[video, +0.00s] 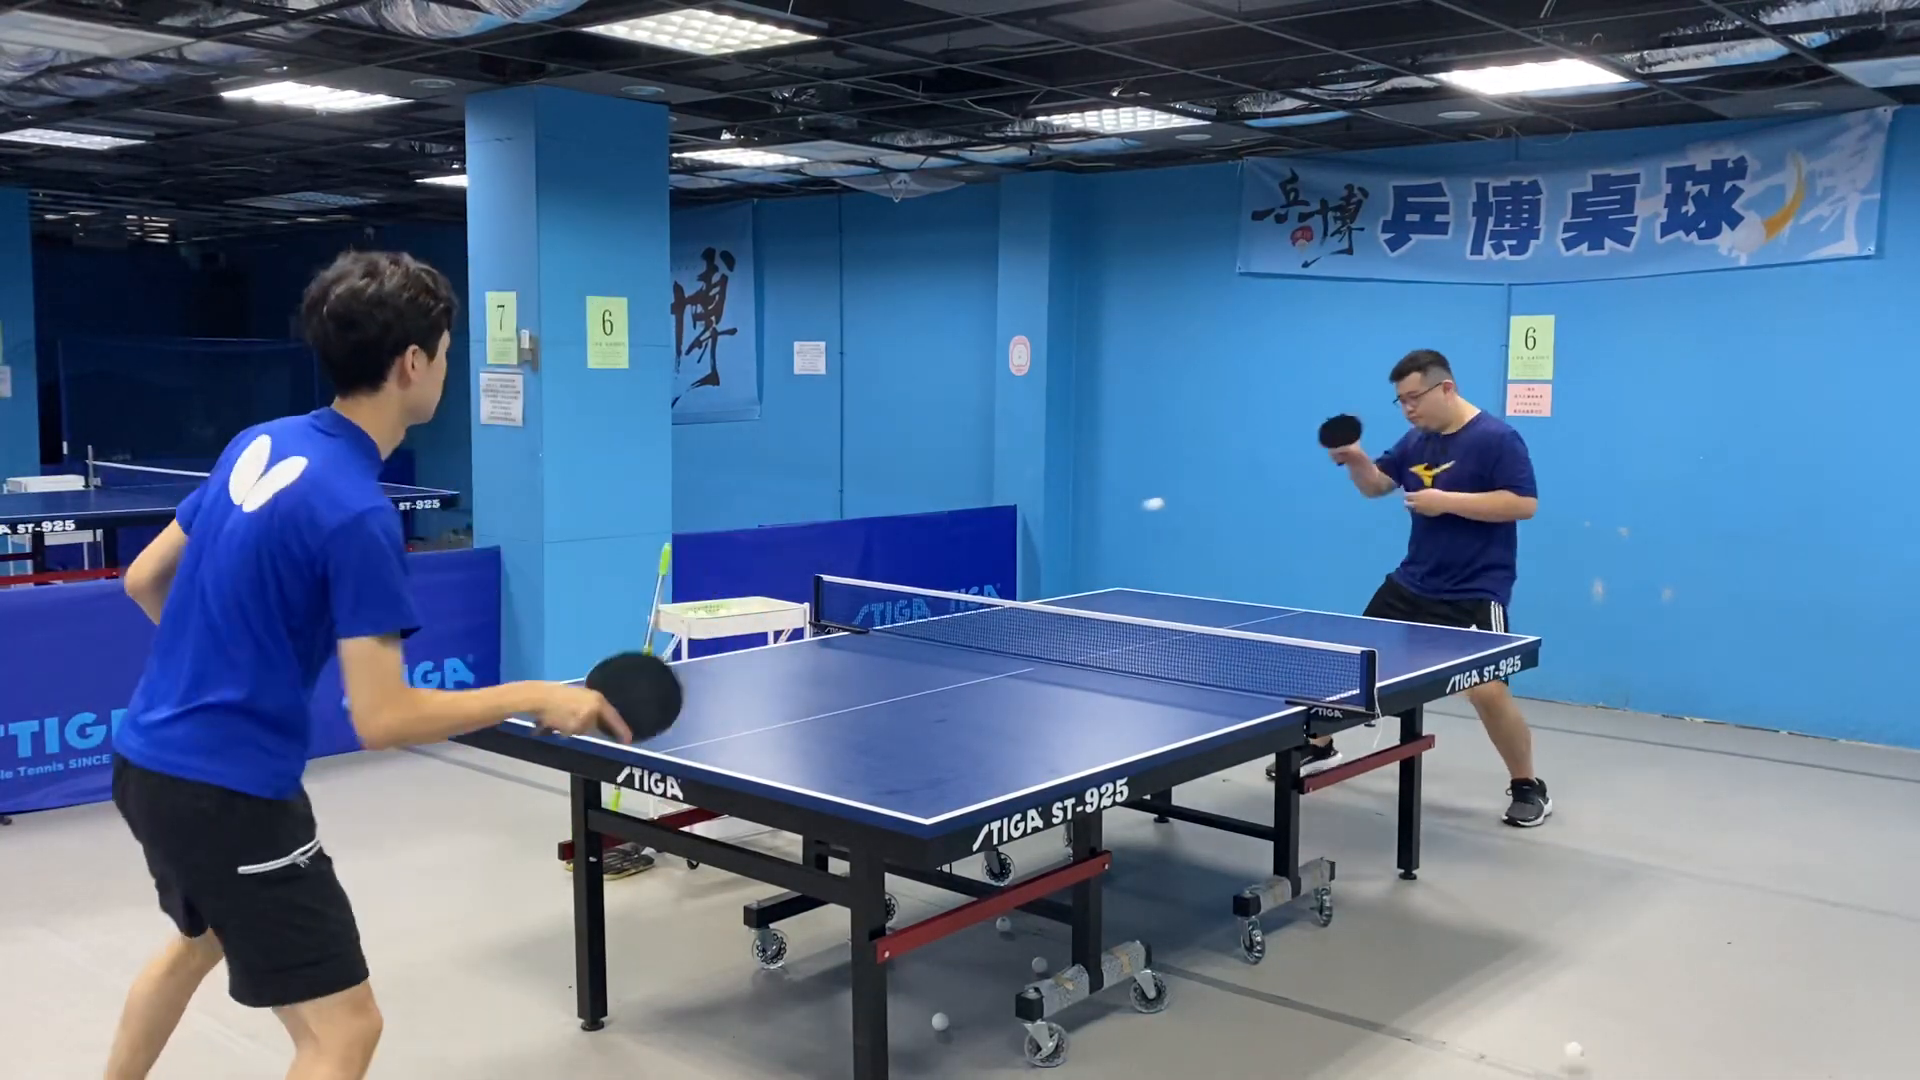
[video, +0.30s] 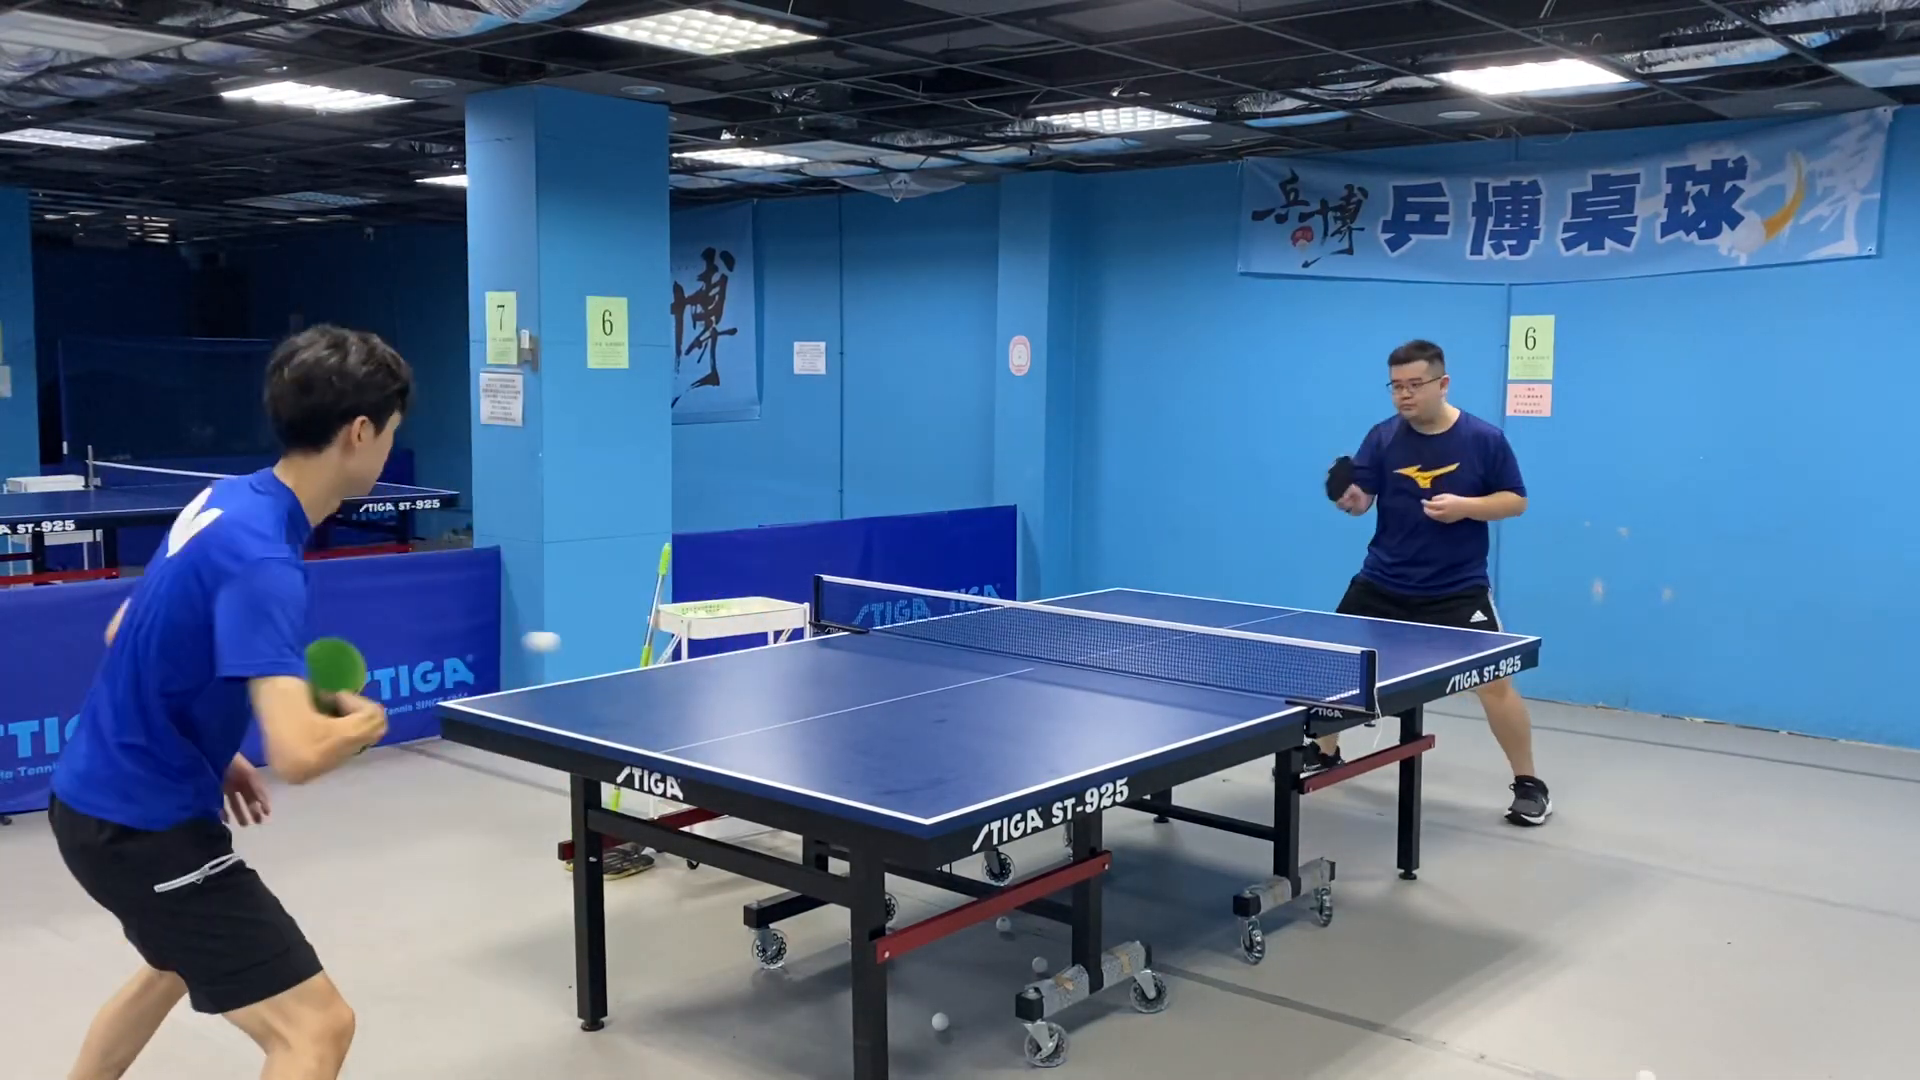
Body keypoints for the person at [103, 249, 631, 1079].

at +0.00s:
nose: (445, 374)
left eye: (445, 354)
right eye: (443, 354)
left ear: (334, 355)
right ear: (408, 365)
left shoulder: (256, 445)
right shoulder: (357, 508)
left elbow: (147, 577)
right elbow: (383, 715)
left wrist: (225, 658)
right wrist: (537, 698)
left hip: (147, 761)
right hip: (233, 790)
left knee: (200, 938)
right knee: (341, 1030)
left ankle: (118, 1073)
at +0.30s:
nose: (389, 450)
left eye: (392, 432)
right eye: (390, 431)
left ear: (294, 420)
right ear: (357, 432)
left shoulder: (225, 499)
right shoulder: (262, 558)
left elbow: (125, 630)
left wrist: (216, 753)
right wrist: (364, 723)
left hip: (96, 788)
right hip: (142, 816)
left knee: (174, 964)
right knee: (316, 1027)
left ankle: (86, 1073)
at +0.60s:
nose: (312, 380)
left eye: (312, 361)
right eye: (311, 362)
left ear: (208, 368)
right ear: (284, 373)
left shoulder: (118, 471)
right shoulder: (298, 504)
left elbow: (15, 619)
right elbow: (480, 574)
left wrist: (90, 689)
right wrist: (577, 529)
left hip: (64, 789)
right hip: (168, 804)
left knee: (98, 962)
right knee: (306, 1026)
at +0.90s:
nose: (309, 370)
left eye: (306, 351)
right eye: (305, 352)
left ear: (202, 361)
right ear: (273, 366)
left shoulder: (118, 466)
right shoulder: (272, 510)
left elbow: (31, 616)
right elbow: (389, 669)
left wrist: (113, 677)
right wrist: (485, 608)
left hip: (64, 782)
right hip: (164, 801)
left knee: (105, 962)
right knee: (293, 1025)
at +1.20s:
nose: (354, 453)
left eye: (355, 434)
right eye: (347, 433)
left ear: (287, 433)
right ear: (294, 434)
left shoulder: (210, 515)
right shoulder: (201, 560)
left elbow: (183, 704)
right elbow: (168, 761)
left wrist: (269, 774)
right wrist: (319, 786)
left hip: (90, 807)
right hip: (102, 824)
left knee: (162, 975)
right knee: (278, 1030)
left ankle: (81, 1077)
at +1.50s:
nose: (365, 477)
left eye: (372, 459)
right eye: (366, 456)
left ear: (304, 437)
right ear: (319, 440)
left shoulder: (165, 496)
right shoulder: (251, 553)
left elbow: (46, 621)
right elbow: (445, 633)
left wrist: (144, 686)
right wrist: (516, 521)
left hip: (38, 802)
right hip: (108, 829)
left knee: (110, 979)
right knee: (286, 1030)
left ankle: (54, 1079)